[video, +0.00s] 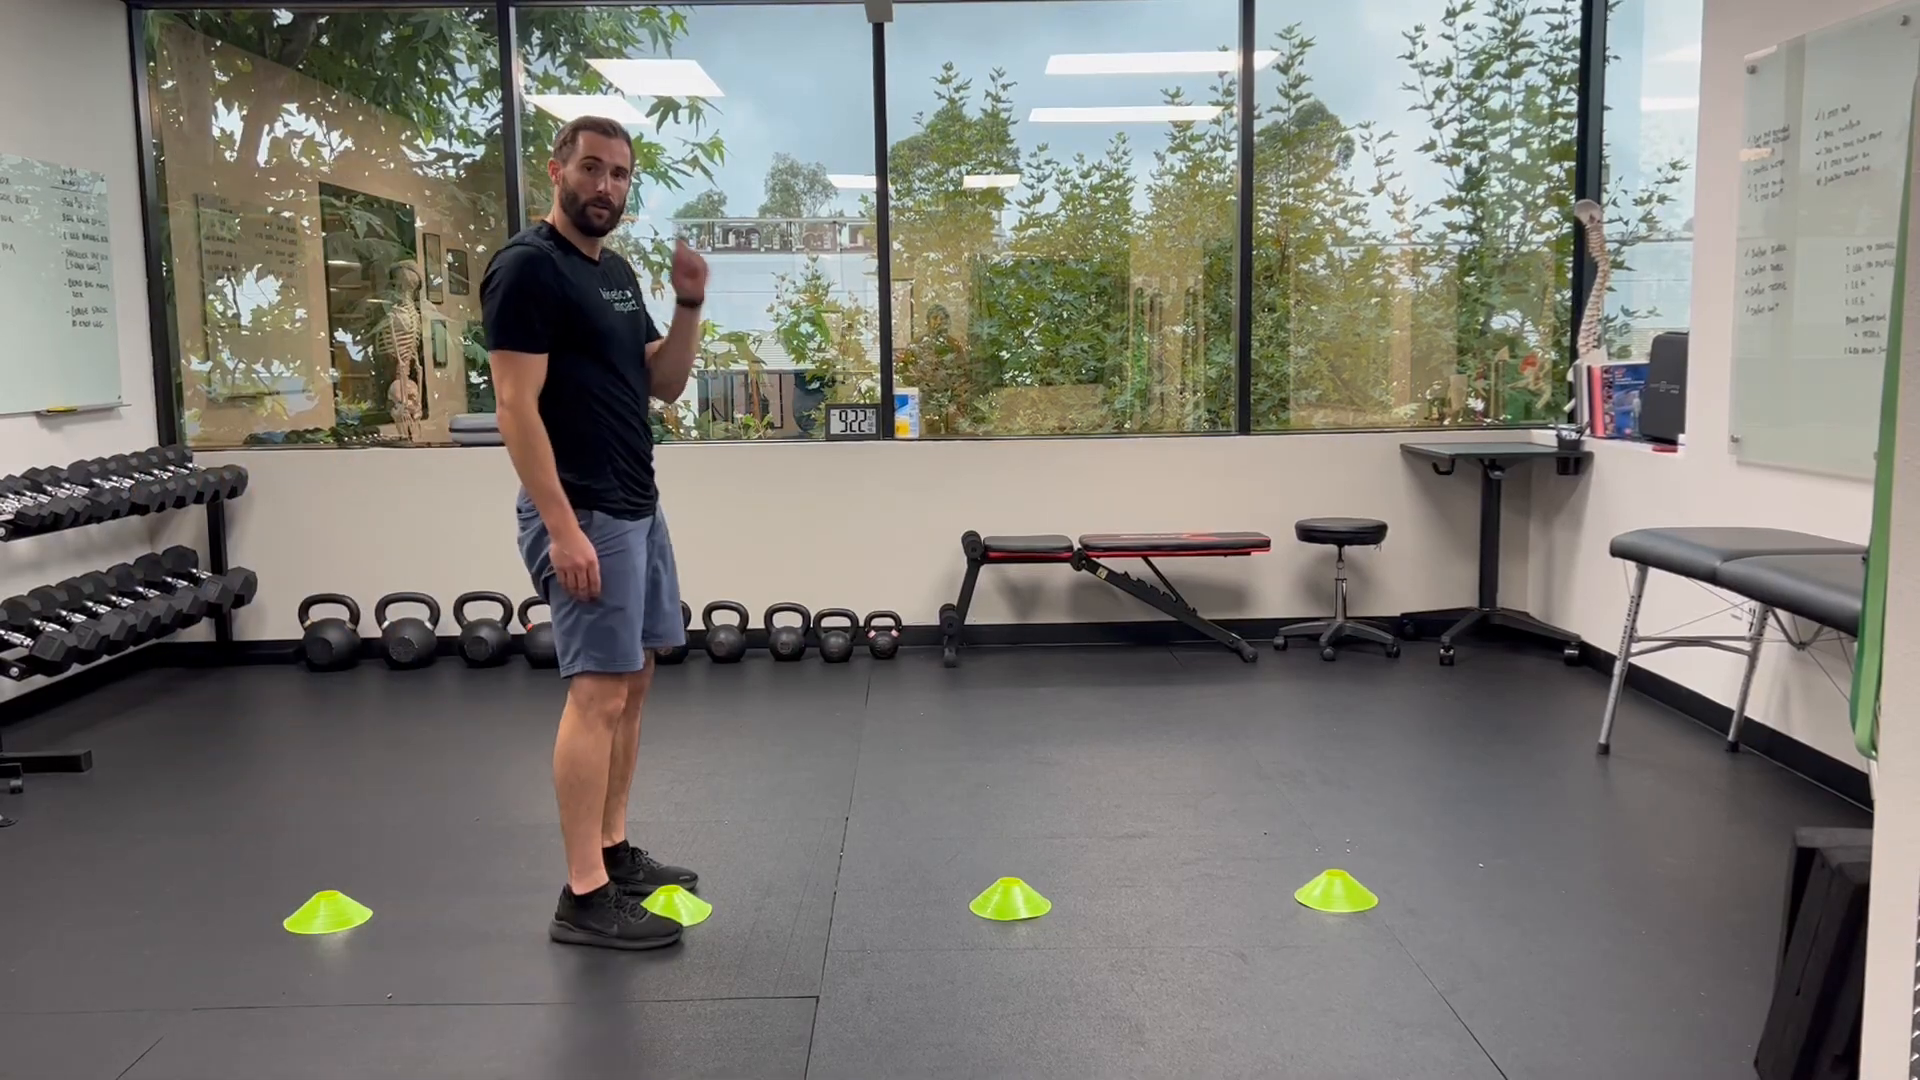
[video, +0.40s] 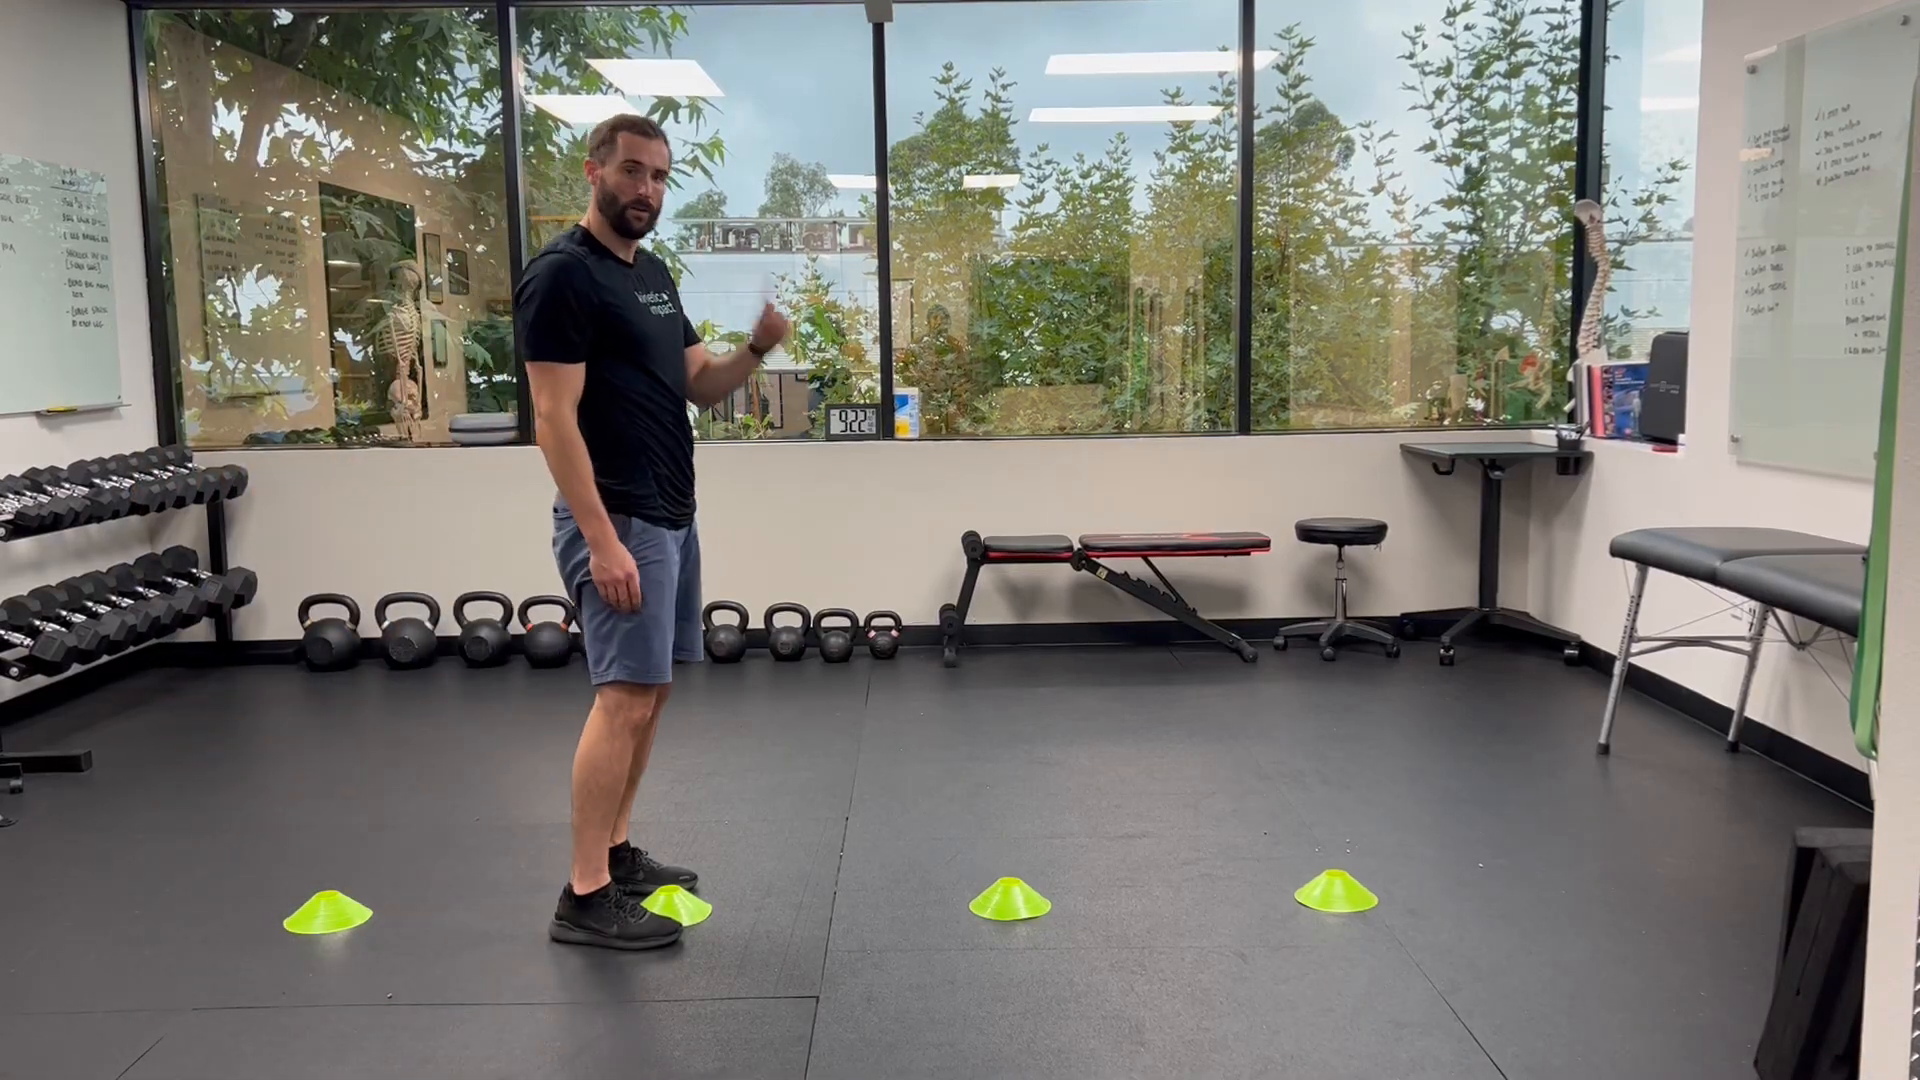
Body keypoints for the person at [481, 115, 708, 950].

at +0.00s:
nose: (607, 183)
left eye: (620, 173)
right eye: (593, 166)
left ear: (628, 187)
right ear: (556, 170)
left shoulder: (614, 273)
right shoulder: (527, 268)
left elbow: (661, 381)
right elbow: (515, 410)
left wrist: (689, 305)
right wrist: (562, 528)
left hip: (635, 514)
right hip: (584, 520)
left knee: (631, 683)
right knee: (596, 692)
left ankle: (611, 854)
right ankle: (583, 893)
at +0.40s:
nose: (646, 188)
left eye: (658, 176)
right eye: (631, 169)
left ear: (664, 186)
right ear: (592, 171)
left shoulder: (650, 273)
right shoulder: (562, 274)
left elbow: (699, 383)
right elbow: (552, 420)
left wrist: (753, 348)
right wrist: (600, 541)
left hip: (670, 520)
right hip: (619, 524)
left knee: (650, 693)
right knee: (624, 697)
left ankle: (613, 855)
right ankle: (585, 895)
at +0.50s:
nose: (675, 199)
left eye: (683, 186)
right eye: (663, 182)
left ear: (682, 188)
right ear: (615, 174)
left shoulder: (662, 276)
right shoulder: (573, 281)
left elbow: (697, 386)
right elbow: (564, 425)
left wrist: (778, 430)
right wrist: (605, 549)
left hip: (683, 522)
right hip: (623, 526)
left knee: (687, 680)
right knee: (629, 694)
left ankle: (616, 845)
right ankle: (585, 892)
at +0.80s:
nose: (772, 239)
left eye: (778, 226)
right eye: (769, 222)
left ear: (738, 204)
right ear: (724, 196)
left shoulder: (714, 272)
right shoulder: (650, 281)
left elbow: (703, 410)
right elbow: (619, 428)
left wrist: (737, 512)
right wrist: (646, 560)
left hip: (738, 520)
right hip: (675, 533)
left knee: (797, 661)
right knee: (653, 706)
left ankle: (817, 831)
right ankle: (587, 892)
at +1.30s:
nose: (964, 223)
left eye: (975, 212)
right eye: (956, 201)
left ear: (970, 216)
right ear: (912, 187)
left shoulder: (905, 283)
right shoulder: (860, 274)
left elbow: (901, 413)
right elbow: (825, 406)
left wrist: (956, 496)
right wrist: (867, 528)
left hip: (892, 510)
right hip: (840, 516)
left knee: (924, 672)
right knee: (895, 688)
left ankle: (935, 844)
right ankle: (726, 805)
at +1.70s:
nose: (967, 184)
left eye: (979, 171)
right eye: (953, 166)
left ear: (987, 184)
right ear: (915, 171)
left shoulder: (959, 266)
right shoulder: (891, 269)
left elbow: (995, 366)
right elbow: (892, 410)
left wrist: (1068, 354)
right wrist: (938, 527)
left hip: (974, 507)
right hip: (938, 513)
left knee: (971, 683)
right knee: (967, 687)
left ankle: (939, 848)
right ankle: (952, 888)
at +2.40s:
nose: (1082, 227)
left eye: (1087, 212)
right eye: (1077, 209)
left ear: (1041, 194)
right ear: (1030, 188)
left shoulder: (1023, 271)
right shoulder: (965, 276)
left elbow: (1059, 395)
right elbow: (952, 427)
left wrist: (1103, 499)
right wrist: (982, 553)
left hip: (1039, 519)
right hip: (991, 525)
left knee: (1087, 653)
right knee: (1001, 694)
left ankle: (992, 804)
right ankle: (950, 889)